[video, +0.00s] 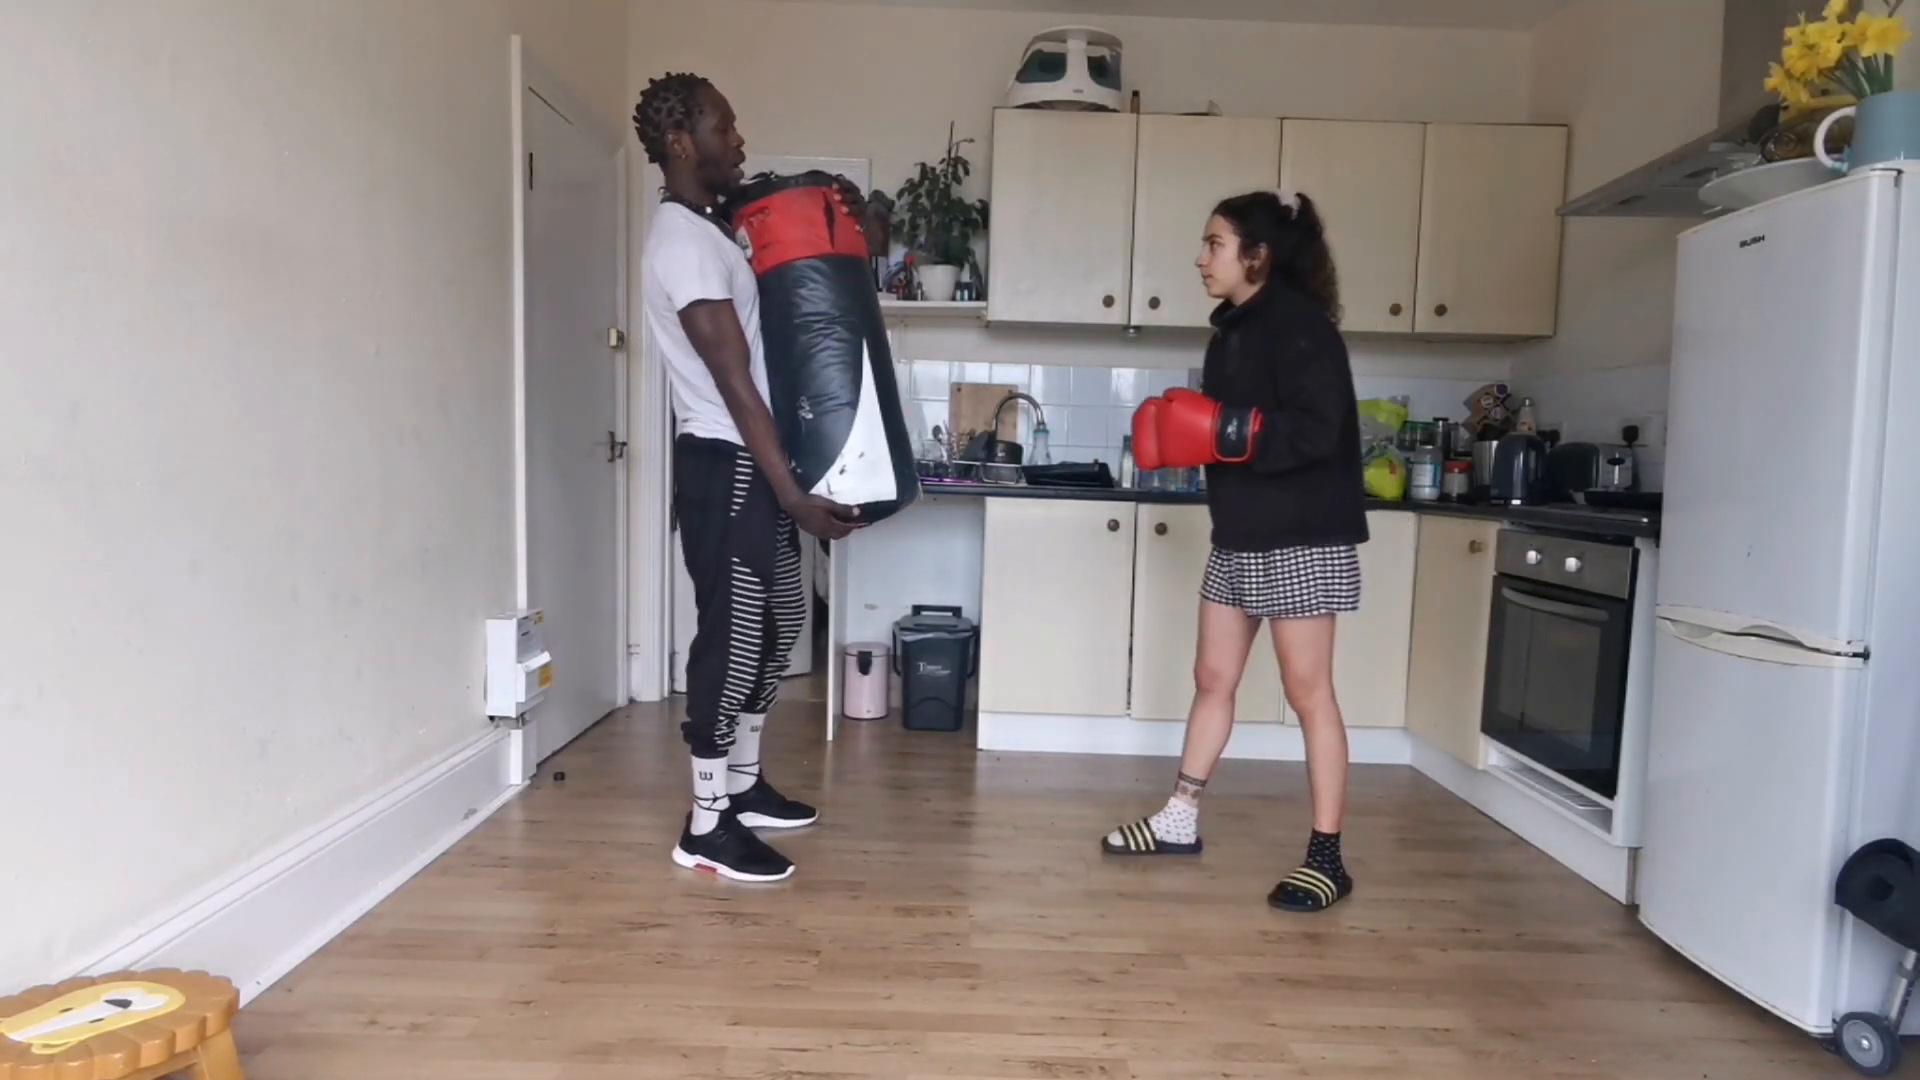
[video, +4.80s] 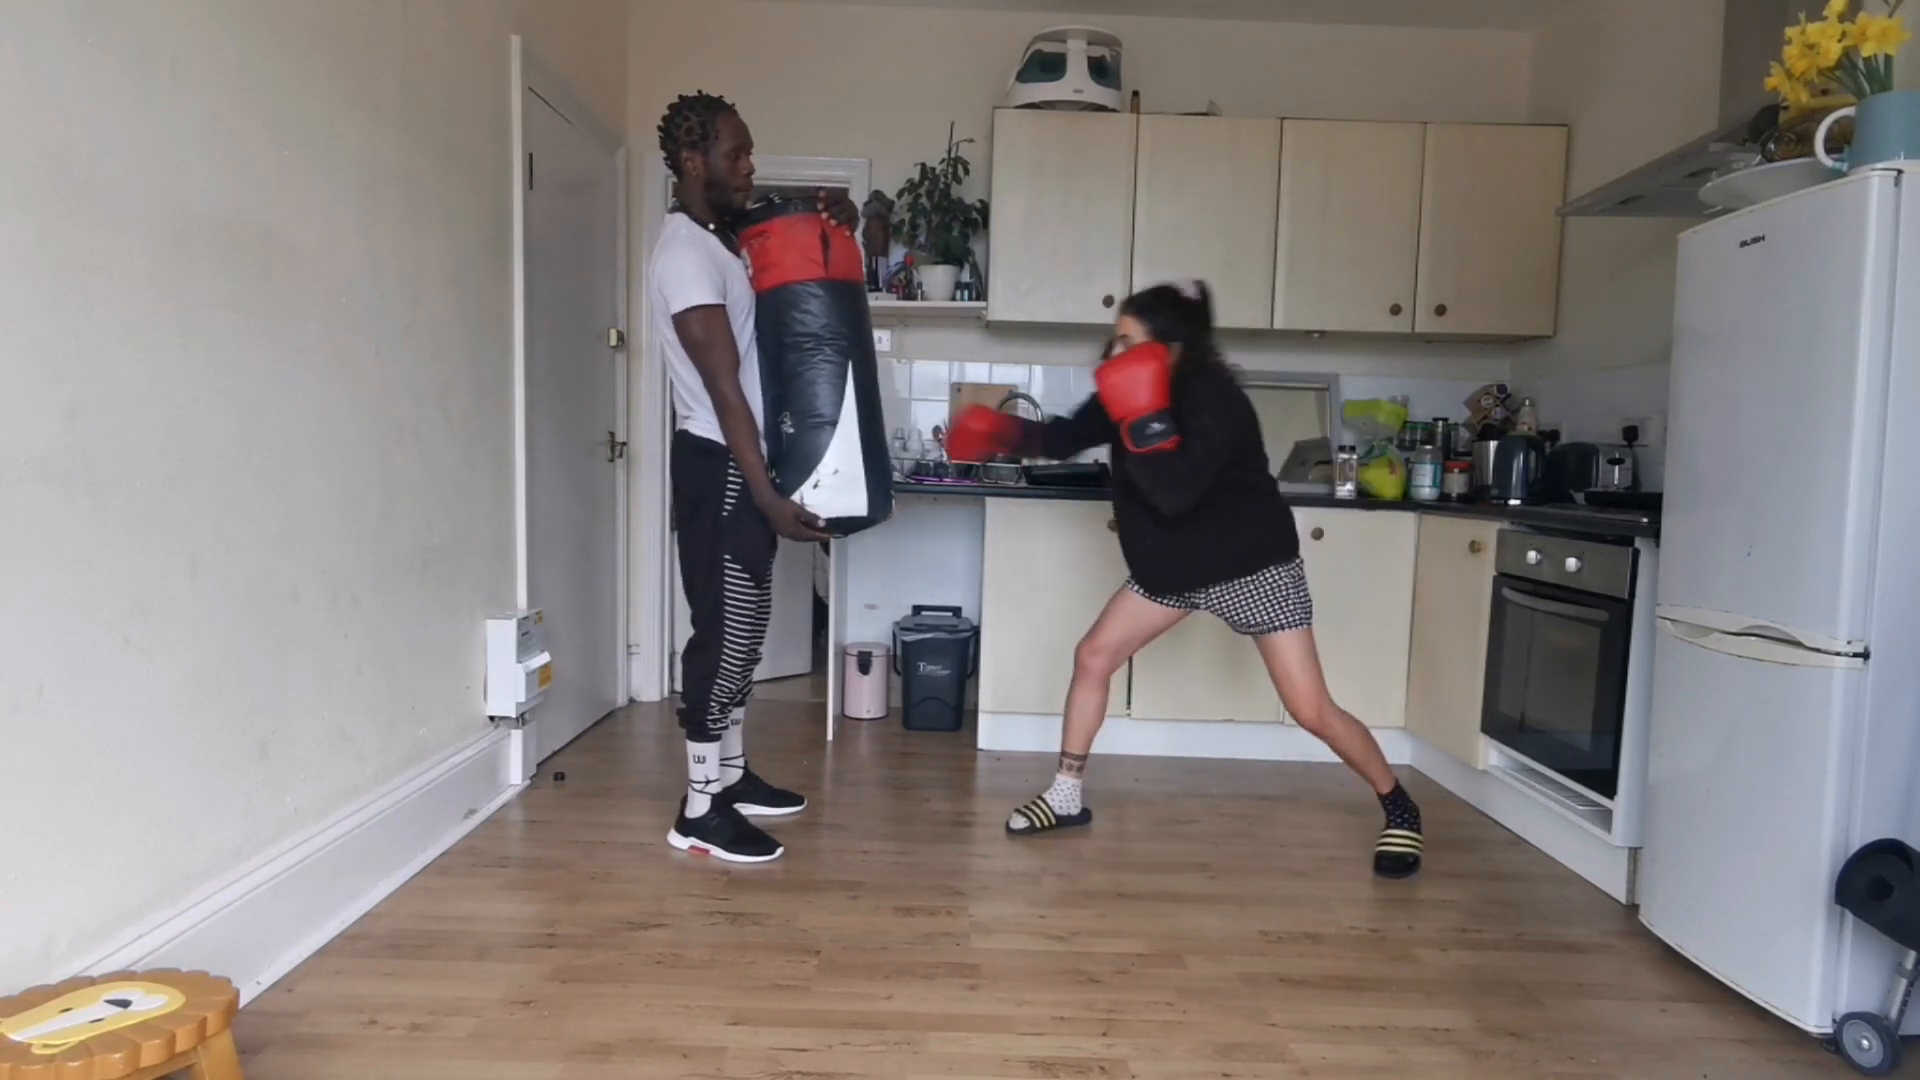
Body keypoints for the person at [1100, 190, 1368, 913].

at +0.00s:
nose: (1202, 258)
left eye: (1215, 245)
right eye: (1204, 244)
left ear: (1257, 255)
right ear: (1237, 256)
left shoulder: (1301, 326)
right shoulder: (1230, 331)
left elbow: (1321, 435)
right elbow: (1235, 424)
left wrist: (1226, 430)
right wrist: (1181, 429)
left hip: (1306, 531)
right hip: (1239, 528)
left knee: (1309, 692)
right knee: (1213, 677)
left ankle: (1325, 857)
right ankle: (1180, 818)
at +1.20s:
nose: (1170, 270)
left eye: (1180, 258)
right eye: (1169, 260)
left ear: (1223, 261)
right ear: (1191, 263)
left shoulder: (1264, 319)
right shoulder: (1191, 326)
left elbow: (1218, 410)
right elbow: (1152, 421)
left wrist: (1184, 333)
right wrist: (1135, 339)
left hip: (1274, 522)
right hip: (1202, 523)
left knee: (1277, 685)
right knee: (1165, 668)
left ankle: (1293, 833)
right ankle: (1146, 809)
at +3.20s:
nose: (1207, 272)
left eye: (1220, 257)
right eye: (1203, 260)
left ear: (1258, 257)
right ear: (1212, 266)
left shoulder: (1300, 318)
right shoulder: (1215, 320)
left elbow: (1231, 391)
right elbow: (1162, 398)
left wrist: (1217, 313)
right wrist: (1165, 311)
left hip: (1290, 521)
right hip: (1214, 520)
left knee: (1295, 683)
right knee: (1166, 669)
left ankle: (1307, 835)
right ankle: (1147, 810)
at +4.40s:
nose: (1215, 307)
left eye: (1225, 292)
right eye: (1212, 295)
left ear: (1270, 292)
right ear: (1238, 299)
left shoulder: (1319, 347)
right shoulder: (1247, 361)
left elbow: (1271, 435)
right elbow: (1209, 451)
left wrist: (1240, 358)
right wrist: (1170, 398)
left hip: (1325, 548)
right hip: (1248, 543)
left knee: (1343, 709)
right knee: (1156, 654)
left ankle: (1379, 841)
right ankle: (1127, 784)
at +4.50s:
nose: (1148, 307)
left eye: (1159, 292)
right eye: (1146, 295)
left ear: (1200, 288)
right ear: (1158, 299)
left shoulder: (1260, 345)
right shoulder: (1162, 361)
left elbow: (1237, 429)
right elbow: (1130, 434)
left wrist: (1195, 354)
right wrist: (1090, 403)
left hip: (1297, 526)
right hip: (1214, 535)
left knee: (1341, 687)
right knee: (1137, 663)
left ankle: (1380, 834)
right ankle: (1065, 780)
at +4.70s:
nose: (1094, 358)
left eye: (1105, 347)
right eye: (1093, 348)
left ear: (1148, 344)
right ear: (1118, 349)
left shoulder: (1199, 394)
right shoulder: (1117, 404)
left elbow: (1172, 483)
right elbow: (1035, 420)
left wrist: (1128, 415)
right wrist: (951, 405)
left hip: (1257, 557)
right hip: (1175, 563)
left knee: (1317, 706)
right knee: (1092, 659)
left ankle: (1395, 812)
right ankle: (1066, 795)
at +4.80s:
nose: (1112, 353)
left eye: (1126, 341)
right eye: (1114, 341)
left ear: (1170, 347)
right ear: (1137, 343)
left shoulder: (1216, 398)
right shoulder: (1131, 396)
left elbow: (1173, 493)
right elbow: (1065, 438)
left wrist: (1146, 421)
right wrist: (1003, 433)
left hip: (1255, 558)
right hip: (1176, 561)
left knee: (1311, 709)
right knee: (1094, 656)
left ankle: (1397, 805)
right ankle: (1065, 794)